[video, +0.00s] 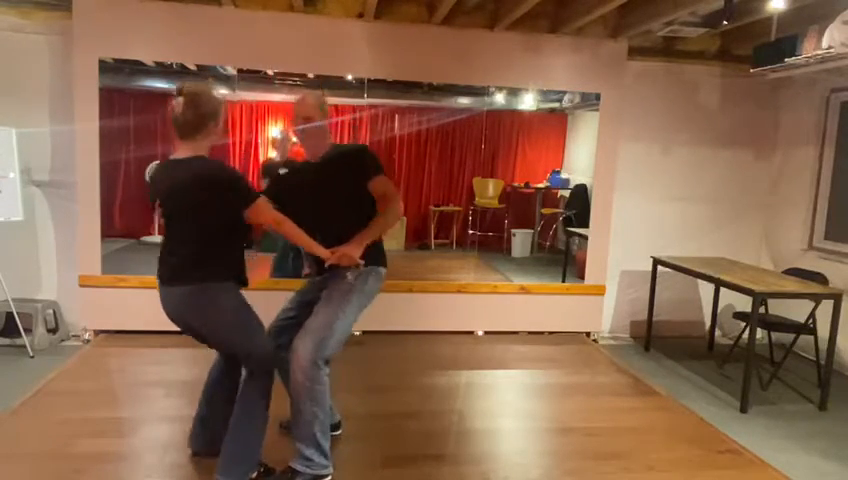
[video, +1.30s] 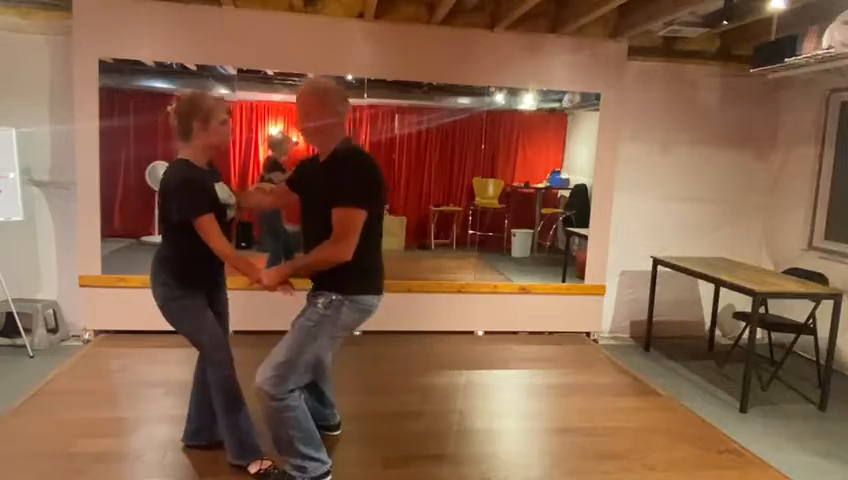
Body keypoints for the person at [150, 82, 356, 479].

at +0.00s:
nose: (223, 127)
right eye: (221, 121)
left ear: (175, 126)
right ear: (216, 127)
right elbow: (272, 219)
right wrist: (320, 251)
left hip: (174, 295)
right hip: (212, 294)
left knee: (233, 350)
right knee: (261, 359)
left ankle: (206, 440)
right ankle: (239, 467)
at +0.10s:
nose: (217, 132)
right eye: (214, 126)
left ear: (167, 131)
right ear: (208, 132)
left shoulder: (156, 179)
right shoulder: (208, 185)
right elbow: (257, 230)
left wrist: (166, 120)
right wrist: (307, 262)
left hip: (167, 301)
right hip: (198, 302)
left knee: (236, 351)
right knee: (260, 356)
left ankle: (202, 440)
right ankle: (240, 467)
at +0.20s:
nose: (210, 141)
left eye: (208, 133)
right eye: (207, 134)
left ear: (162, 138)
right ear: (200, 140)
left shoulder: (154, 181)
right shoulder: (196, 192)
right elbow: (248, 241)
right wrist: (295, 268)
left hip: (160, 304)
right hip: (186, 307)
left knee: (238, 351)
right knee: (255, 358)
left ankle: (202, 441)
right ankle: (240, 467)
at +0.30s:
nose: (207, 146)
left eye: (205, 139)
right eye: (203, 139)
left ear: (163, 145)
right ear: (192, 147)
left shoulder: (155, 180)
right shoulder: (187, 200)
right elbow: (245, 253)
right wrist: (294, 277)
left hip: (157, 304)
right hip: (173, 311)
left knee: (241, 349)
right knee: (253, 356)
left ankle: (203, 440)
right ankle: (239, 467)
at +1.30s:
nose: (230, 128)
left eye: (228, 121)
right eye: (223, 122)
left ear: (204, 128)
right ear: (198, 129)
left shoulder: (210, 174)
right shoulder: (185, 179)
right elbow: (218, 245)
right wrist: (264, 278)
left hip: (209, 278)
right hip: (177, 283)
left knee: (215, 351)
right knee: (217, 350)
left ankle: (200, 431)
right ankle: (245, 451)